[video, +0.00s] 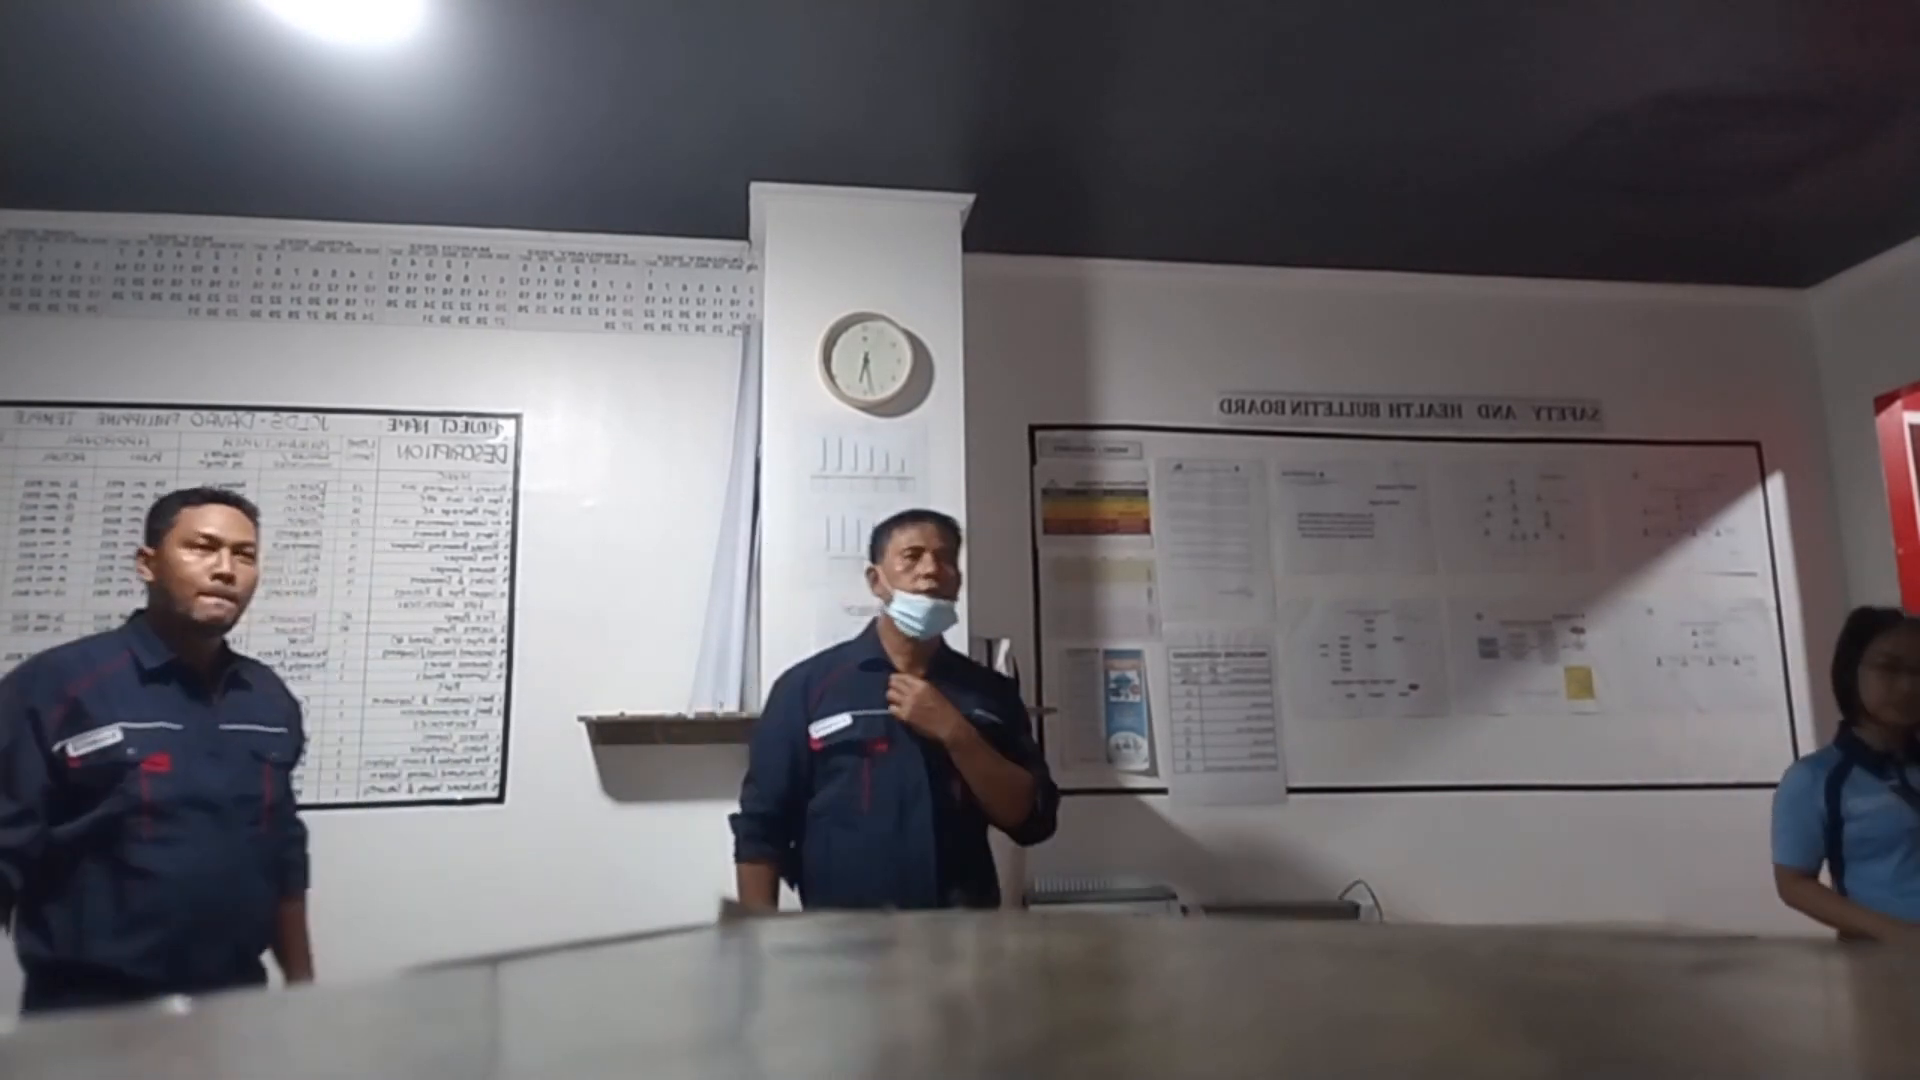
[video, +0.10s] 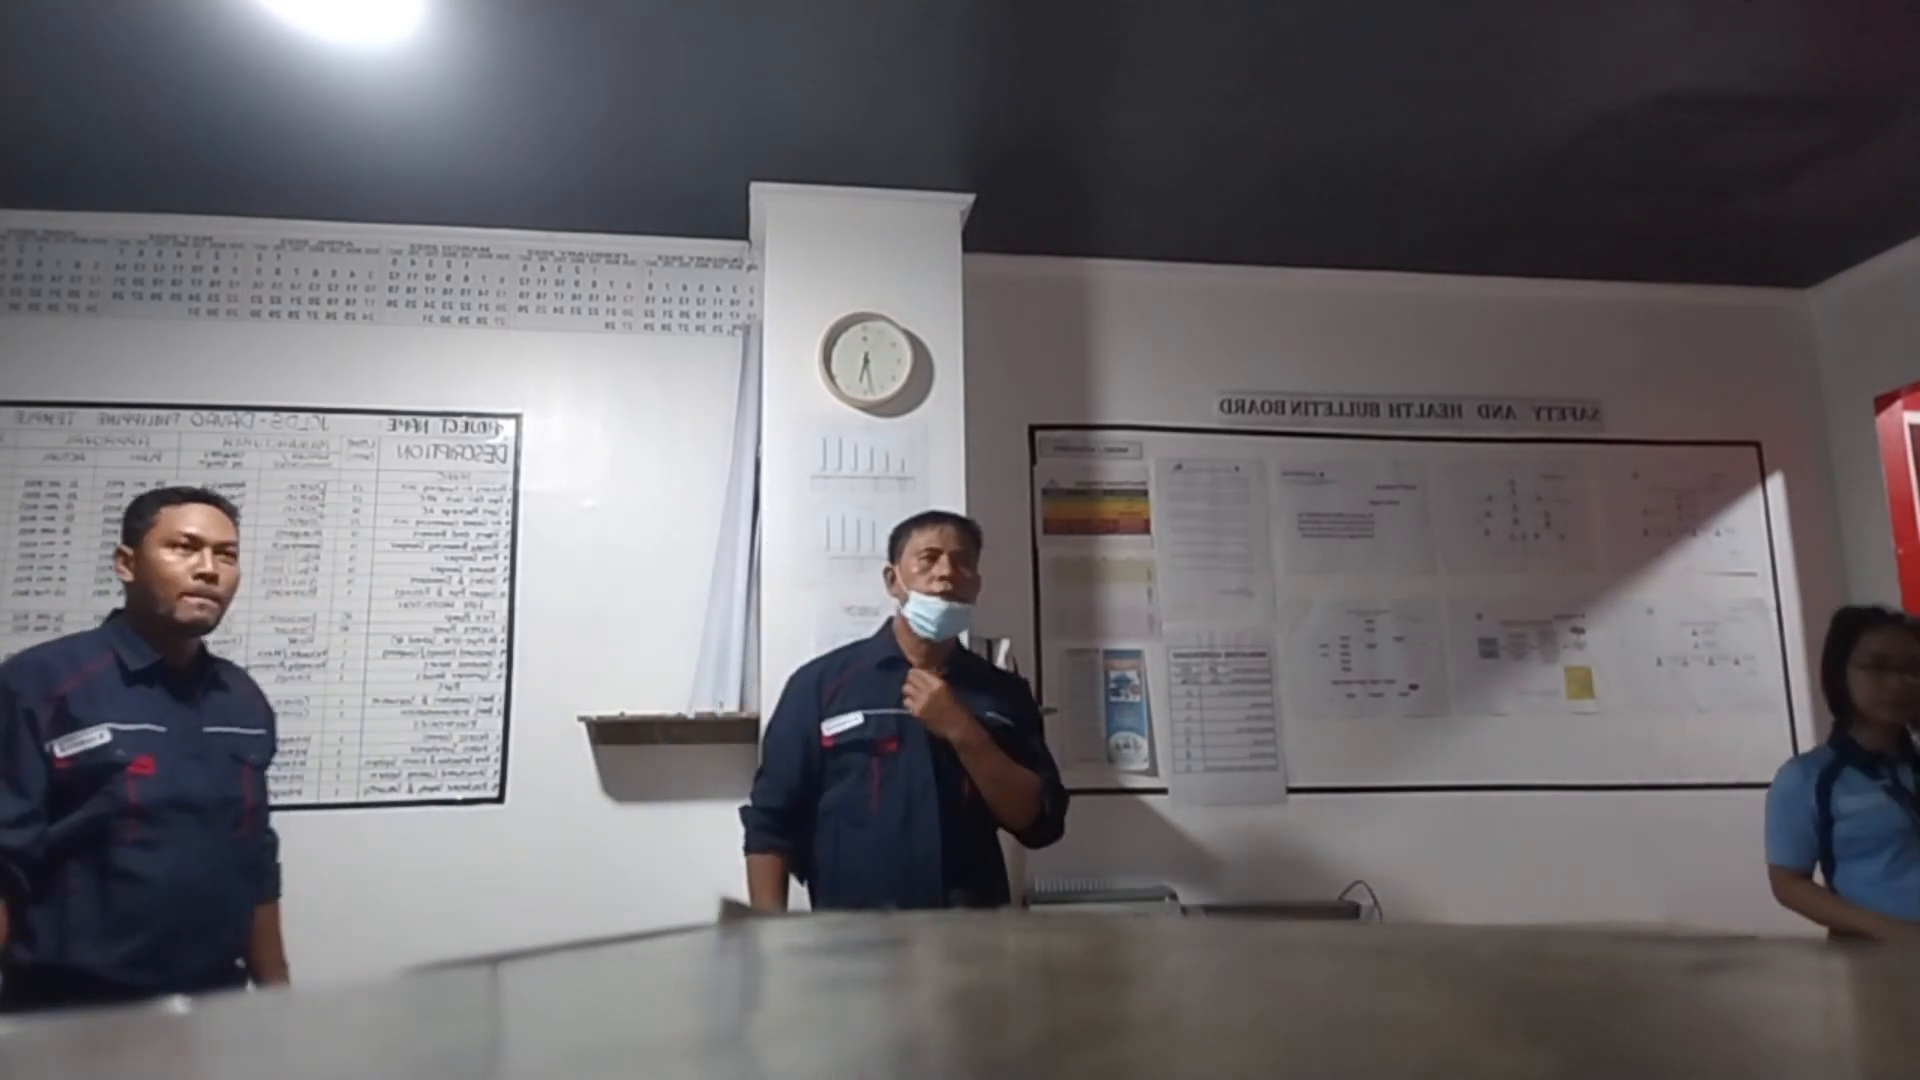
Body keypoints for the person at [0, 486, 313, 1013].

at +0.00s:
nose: (226, 569)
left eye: (244, 554)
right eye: (202, 547)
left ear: (257, 575)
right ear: (148, 565)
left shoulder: (270, 702)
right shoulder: (48, 692)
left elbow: (282, 852)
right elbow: (5, 857)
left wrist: (303, 991)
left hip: (231, 1014)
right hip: (86, 1018)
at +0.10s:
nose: (208, 569)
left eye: (225, 554)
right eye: (183, 547)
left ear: (238, 575)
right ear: (127, 564)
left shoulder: (245, 701)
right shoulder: (33, 687)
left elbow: (255, 859)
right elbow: (9, 862)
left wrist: (278, 999)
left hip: (210, 1017)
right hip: (68, 1020)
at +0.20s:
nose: (199, 569)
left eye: (215, 554)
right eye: (173, 547)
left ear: (227, 576)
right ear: (114, 564)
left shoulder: (226, 705)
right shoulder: (25, 682)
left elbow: (237, 873)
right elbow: (6, 876)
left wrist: (268, 1005)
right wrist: (7, 1020)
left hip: (201, 1021)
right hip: (64, 1023)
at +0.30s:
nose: (198, 566)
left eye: (212, 552)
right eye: (174, 543)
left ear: (222, 573)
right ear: (111, 558)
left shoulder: (219, 703)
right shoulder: (22, 675)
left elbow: (229, 854)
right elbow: (3, 868)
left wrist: (265, 986)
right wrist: (17, 1023)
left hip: (196, 1019)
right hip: (64, 1023)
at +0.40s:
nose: (198, 565)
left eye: (211, 553)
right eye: (174, 542)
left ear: (221, 575)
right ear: (110, 555)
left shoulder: (217, 705)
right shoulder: (19, 671)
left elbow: (227, 861)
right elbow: (2, 865)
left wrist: (264, 996)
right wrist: (19, 1022)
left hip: (193, 1020)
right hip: (61, 1023)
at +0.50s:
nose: (200, 565)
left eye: (214, 553)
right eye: (177, 542)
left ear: (222, 577)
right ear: (112, 555)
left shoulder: (218, 708)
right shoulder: (21, 669)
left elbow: (228, 866)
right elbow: (9, 849)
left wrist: (256, 1004)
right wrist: (8, 1013)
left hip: (193, 1019)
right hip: (55, 1019)